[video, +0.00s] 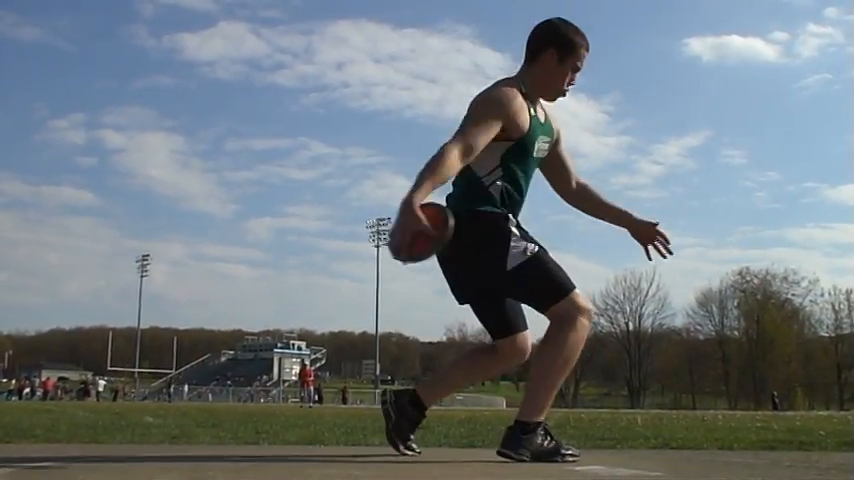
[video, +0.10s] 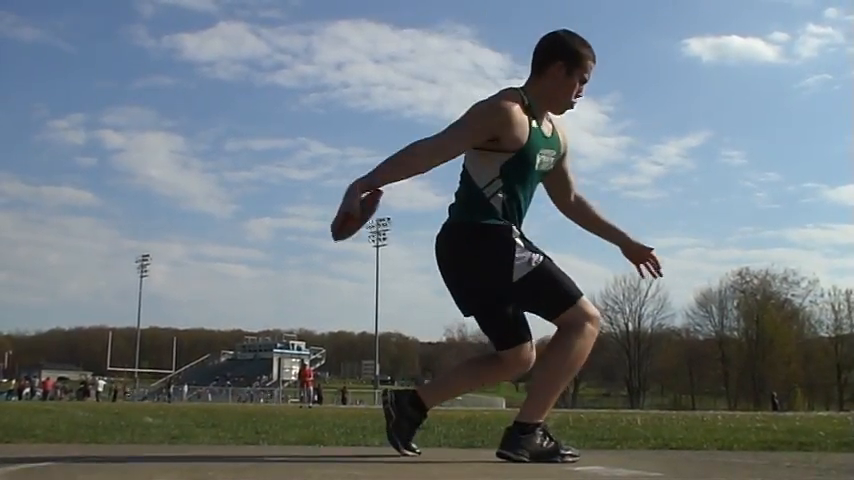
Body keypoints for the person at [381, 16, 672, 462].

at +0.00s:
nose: (573, 81)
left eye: (578, 72)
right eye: (571, 69)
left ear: (555, 63)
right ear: (546, 57)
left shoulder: (546, 122)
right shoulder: (504, 99)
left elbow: (571, 188)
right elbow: (459, 150)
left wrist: (630, 222)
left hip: (465, 236)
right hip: (486, 228)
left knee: (514, 347)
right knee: (576, 314)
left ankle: (412, 404)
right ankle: (527, 432)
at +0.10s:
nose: (581, 92)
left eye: (585, 84)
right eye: (579, 80)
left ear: (562, 76)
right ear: (553, 69)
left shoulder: (554, 135)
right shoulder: (504, 111)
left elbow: (569, 201)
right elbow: (433, 150)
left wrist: (624, 241)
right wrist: (363, 184)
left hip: (471, 244)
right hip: (486, 239)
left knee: (518, 356)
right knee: (584, 321)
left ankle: (413, 403)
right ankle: (526, 432)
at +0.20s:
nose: (583, 98)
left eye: (587, 89)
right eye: (582, 86)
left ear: (561, 81)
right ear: (557, 76)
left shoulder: (552, 140)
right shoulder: (506, 117)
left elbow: (553, 206)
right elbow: (433, 152)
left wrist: (598, 253)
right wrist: (363, 182)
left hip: (468, 253)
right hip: (488, 247)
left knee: (516, 361)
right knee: (587, 325)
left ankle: (409, 404)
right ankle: (526, 433)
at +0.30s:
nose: (581, 96)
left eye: (584, 87)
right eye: (582, 83)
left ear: (555, 77)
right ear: (558, 75)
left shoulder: (536, 129)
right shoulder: (515, 114)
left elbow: (519, 201)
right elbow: (450, 160)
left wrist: (557, 249)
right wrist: (384, 199)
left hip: (463, 250)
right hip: (495, 246)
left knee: (504, 360)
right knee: (585, 329)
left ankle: (401, 406)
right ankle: (526, 432)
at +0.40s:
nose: (569, 76)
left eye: (571, 67)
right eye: (570, 66)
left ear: (526, 61)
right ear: (557, 64)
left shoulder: (494, 104)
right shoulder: (530, 108)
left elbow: (477, 172)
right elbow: (503, 164)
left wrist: (514, 221)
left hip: (452, 235)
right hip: (494, 232)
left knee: (484, 350)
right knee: (572, 331)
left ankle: (390, 409)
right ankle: (526, 432)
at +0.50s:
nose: (550, 49)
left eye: (548, 42)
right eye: (550, 42)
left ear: (504, 37)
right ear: (542, 42)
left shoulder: (463, 79)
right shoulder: (537, 89)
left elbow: (437, 147)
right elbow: (581, 149)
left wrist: (490, 155)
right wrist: (636, 198)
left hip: (442, 213)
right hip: (494, 211)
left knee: (460, 327)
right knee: (551, 323)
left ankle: (380, 412)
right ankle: (525, 431)